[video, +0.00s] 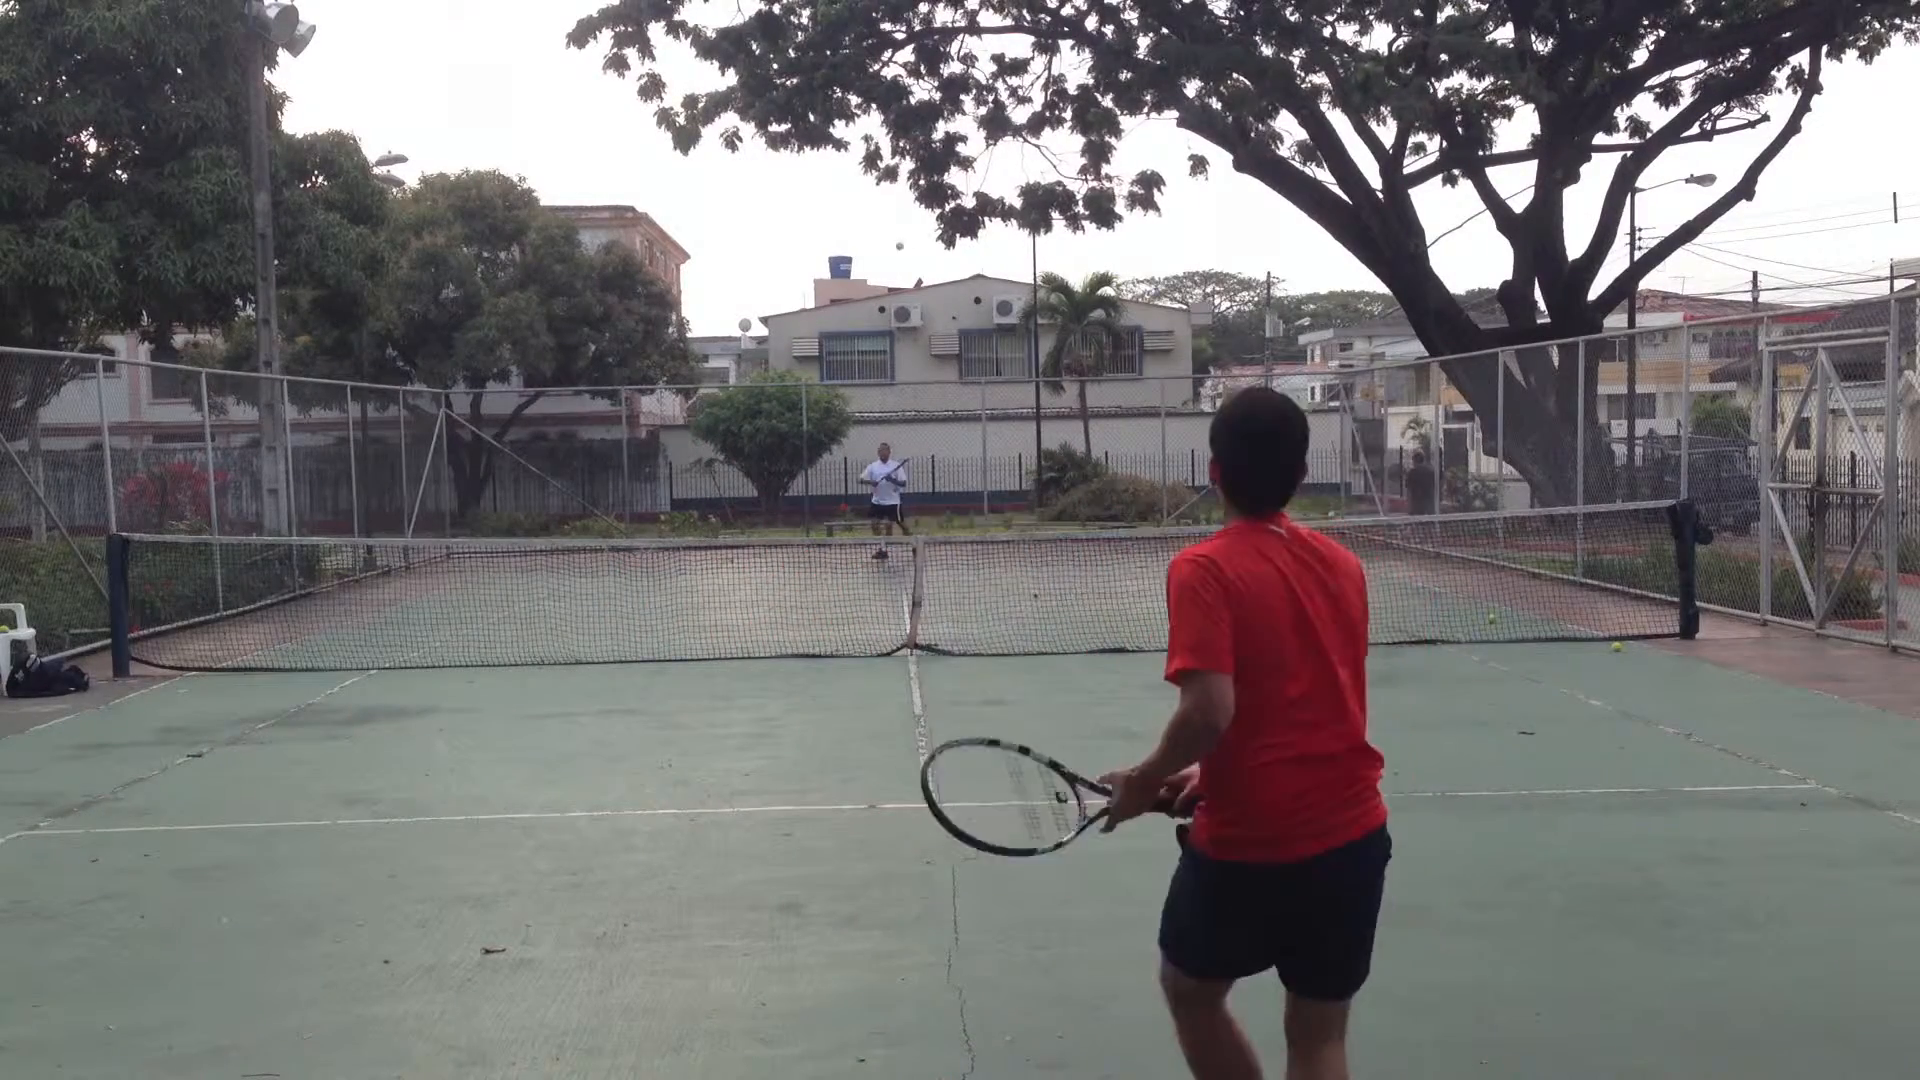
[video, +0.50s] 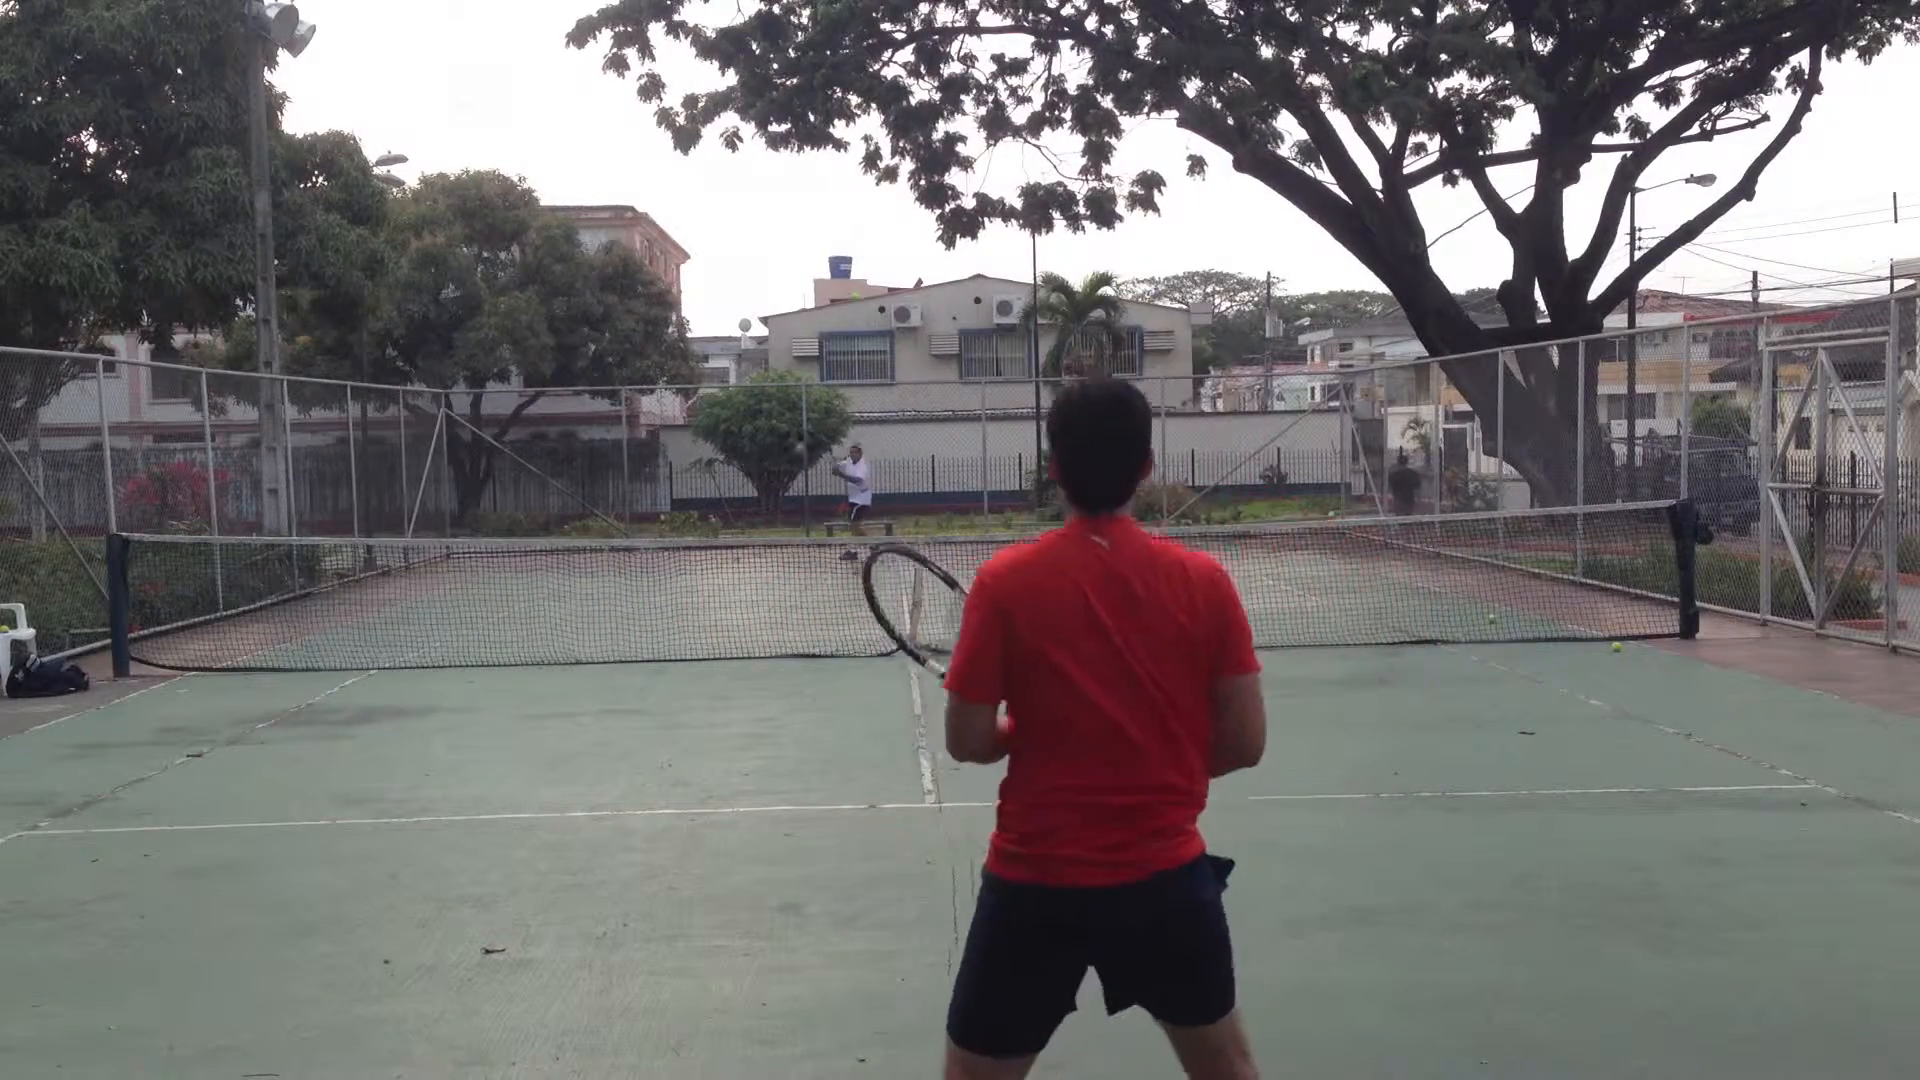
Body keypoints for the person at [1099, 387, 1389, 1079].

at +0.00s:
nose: (1211, 466)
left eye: (1212, 455)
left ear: (1216, 472)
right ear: (1300, 472)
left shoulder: (1203, 569)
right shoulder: (1341, 564)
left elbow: (1211, 708)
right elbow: (1319, 710)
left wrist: (1146, 777)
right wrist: (1211, 773)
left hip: (1243, 850)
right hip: (1350, 842)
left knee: (1194, 994)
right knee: (1321, 1030)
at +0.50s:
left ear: (1055, 466)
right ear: (1145, 466)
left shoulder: (1007, 580)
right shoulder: (1202, 581)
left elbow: (967, 741)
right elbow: (1244, 742)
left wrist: (1030, 724)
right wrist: (1154, 750)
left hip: (1032, 898)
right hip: (1165, 892)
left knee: (977, 1070)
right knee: (1225, 1065)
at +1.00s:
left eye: (885, 431)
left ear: (889, 449)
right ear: (994, 447)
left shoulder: (851, 576)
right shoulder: (1062, 570)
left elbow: (807, 759)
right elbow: (1122, 741)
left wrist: (857, 758)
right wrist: (1030, 775)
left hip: (884, 919)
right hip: (1023, 918)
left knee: (816, 1069)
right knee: (1038, 1071)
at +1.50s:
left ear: (708, 470)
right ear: (819, 467)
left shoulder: (649, 596)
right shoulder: (893, 582)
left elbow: (583, 766)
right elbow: (961, 759)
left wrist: (664, 817)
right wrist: (874, 822)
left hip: (720, 970)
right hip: (881, 959)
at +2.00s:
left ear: (935, 493)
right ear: (1050, 489)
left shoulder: (878, 626)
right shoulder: (1094, 613)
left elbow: (804, 796)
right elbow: (1149, 810)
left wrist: (910, 841)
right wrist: (1101, 887)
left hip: (909, 1000)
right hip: (1062, 993)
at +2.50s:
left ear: (1239, 497)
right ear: (1358, 507)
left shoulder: (1177, 629)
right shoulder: (1346, 634)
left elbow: (1161, 808)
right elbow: (1365, 844)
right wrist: (1417, 901)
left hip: (1183, 994)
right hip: (1291, 1001)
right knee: (1419, 1059)